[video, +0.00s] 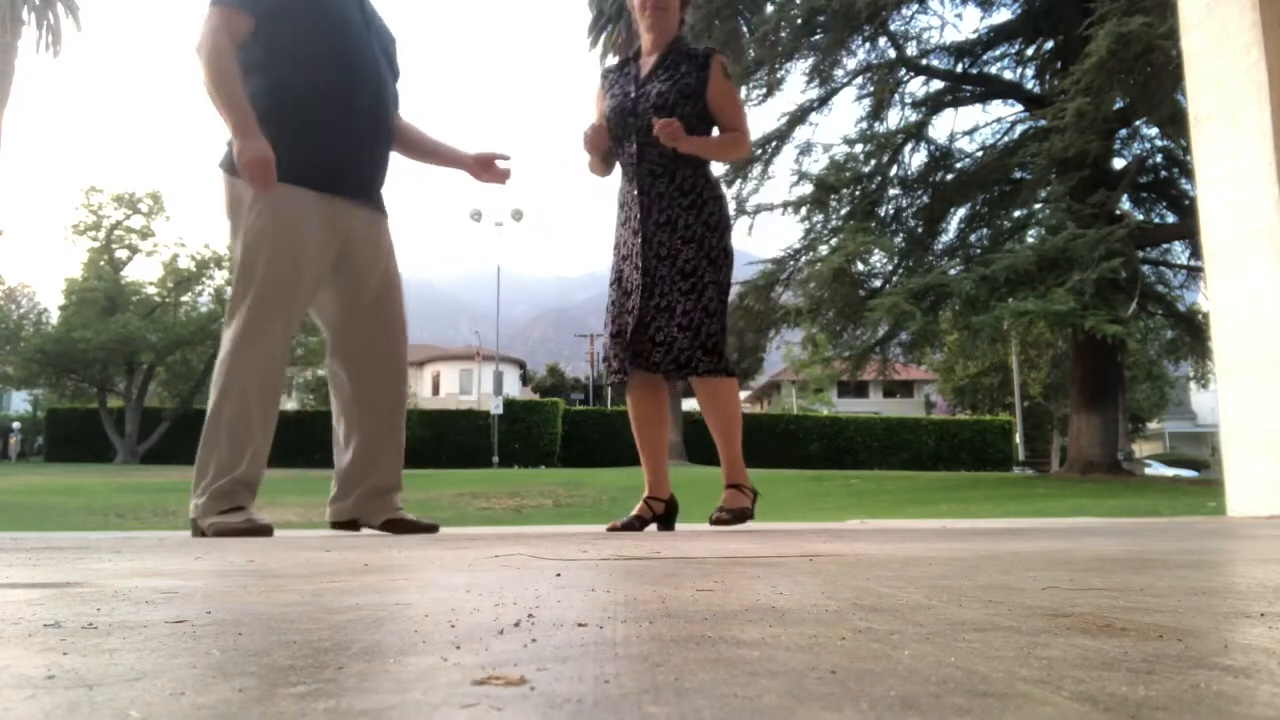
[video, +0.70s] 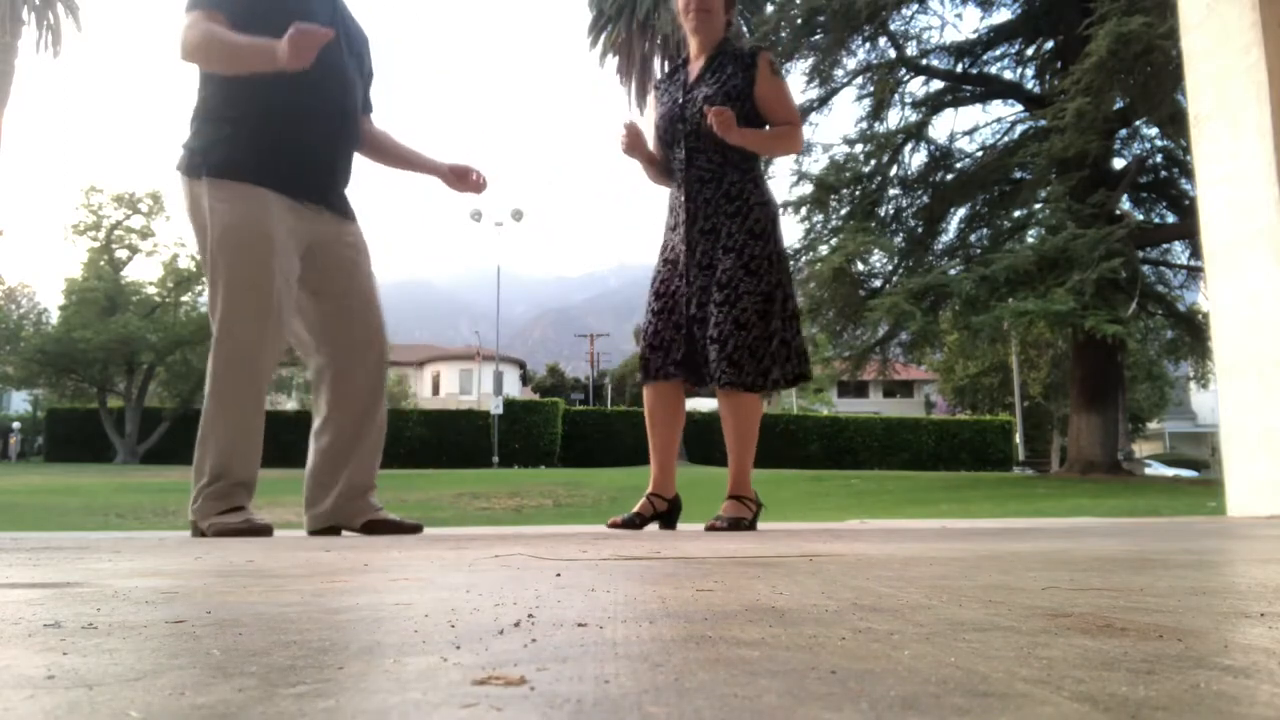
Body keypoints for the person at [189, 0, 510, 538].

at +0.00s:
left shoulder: (377, 29)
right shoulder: (266, 1)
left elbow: (384, 123)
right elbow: (214, 43)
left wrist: (465, 160)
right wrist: (247, 135)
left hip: (360, 206)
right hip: (282, 188)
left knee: (375, 353)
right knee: (257, 346)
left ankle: (366, 500)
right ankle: (221, 505)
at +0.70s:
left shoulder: (352, 32)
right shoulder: (243, 1)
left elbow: (358, 129)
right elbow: (195, 41)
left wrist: (439, 168)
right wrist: (277, 54)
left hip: (323, 201)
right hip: (241, 181)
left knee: (358, 351)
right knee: (247, 343)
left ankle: (341, 505)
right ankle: (219, 506)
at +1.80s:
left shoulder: (365, 16)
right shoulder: (242, 2)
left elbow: (402, 115)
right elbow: (196, 37)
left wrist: (491, 138)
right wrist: (238, 119)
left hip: (332, 192)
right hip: (248, 175)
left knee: (341, 348)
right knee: (236, 344)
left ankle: (340, 504)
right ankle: (219, 505)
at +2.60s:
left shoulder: (353, 38)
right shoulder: (229, 5)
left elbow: (424, 113)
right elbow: (181, 70)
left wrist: (513, 122)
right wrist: (202, 113)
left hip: (314, 208)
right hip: (233, 197)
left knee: (324, 340)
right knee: (239, 350)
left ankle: (266, 485)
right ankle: (250, 503)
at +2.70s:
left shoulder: (353, 47)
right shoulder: (229, 10)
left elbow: (429, 109)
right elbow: (180, 90)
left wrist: (516, 138)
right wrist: (181, 147)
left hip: (303, 221)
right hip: (224, 202)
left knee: (290, 352)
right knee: (233, 353)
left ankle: (184, 459)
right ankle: (251, 504)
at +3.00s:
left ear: (342, 2)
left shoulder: (365, 61)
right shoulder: (249, 31)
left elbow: (436, 104)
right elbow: (194, 107)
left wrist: (521, 111)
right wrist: (184, 169)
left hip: (295, 228)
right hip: (245, 214)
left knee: (234, 353)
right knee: (284, 346)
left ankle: (159, 488)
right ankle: (260, 499)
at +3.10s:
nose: (362, 5)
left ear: (366, 6)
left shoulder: (377, 74)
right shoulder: (271, 47)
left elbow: (443, 123)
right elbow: (216, 122)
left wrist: (521, 126)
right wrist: (213, 181)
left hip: (309, 229)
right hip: (271, 220)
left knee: (239, 364)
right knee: (335, 338)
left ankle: (158, 490)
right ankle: (338, 494)